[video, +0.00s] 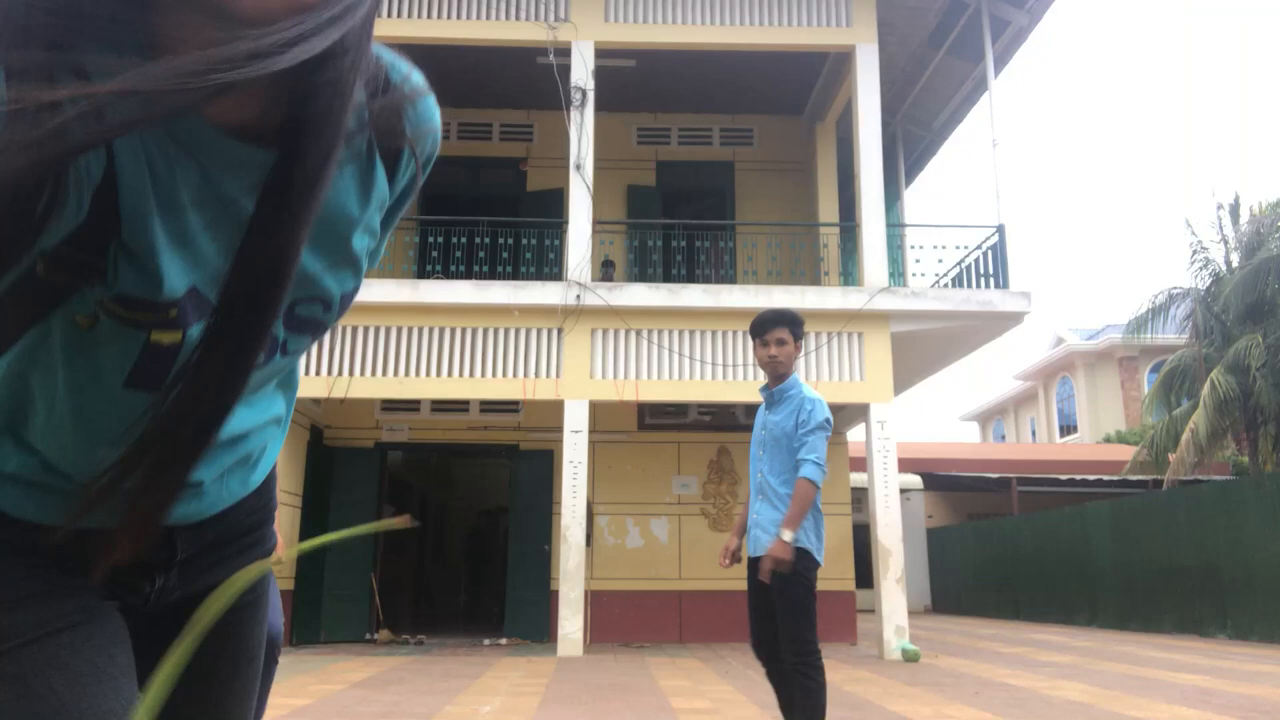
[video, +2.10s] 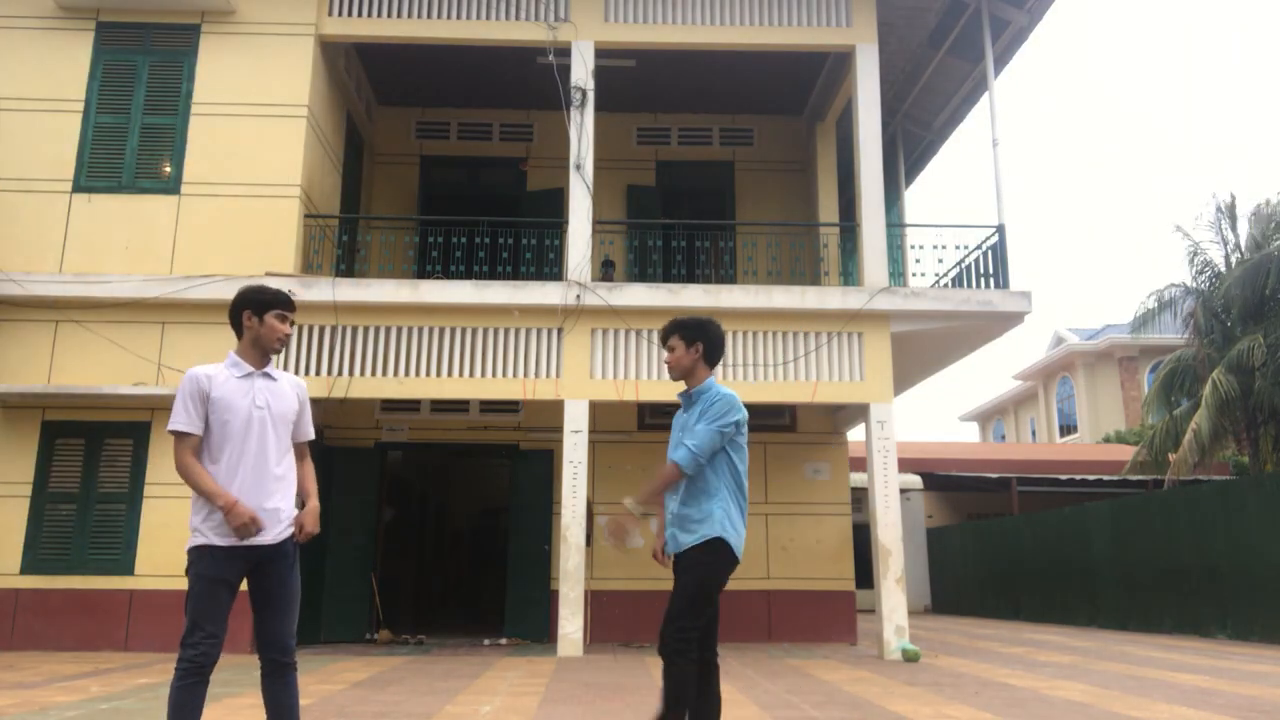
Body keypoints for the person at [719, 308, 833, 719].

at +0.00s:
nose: (773, 352)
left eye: (782, 343)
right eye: (765, 345)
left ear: (798, 348)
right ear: (755, 352)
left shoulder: (810, 405)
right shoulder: (766, 408)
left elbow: (811, 474)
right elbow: (762, 481)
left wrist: (786, 536)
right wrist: (738, 532)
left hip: (793, 545)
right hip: (761, 545)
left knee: (799, 651)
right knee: (766, 647)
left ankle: (810, 719)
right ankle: (796, 716)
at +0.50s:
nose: (765, 352)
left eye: (774, 343)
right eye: (756, 344)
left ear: (793, 346)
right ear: (748, 350)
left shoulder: (807, 404)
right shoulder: (771, 402)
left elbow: (817, 478)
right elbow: (775, 476)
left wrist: (797, 547)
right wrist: (756, 532)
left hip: (794, 546)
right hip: (759, 543)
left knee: (803, 659)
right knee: (717, 624)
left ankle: (810, 719)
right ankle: (733, 716)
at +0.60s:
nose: (761, 353)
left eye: (771, 343)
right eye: (753, 345)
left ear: (792, 345)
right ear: (746, 350)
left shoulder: (807, 405)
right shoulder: (768, 402)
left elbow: (822, 479)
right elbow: (777, 478)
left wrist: (822, 551)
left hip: (792, 545)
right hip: (758, 542)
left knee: (802, 655)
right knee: (713, 622)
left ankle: (811, 718)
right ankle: (688, 714)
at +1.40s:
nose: (698, 350)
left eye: (704, 342)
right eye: (698, 342)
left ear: (730, 346)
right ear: (723, 347)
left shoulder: (769, 405)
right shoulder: (714, 410)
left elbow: (788, 479)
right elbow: (709, 488)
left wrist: (789, 548)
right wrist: (697, 547)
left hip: (752, 553)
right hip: (711, 554)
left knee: (771, 654)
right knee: (706, 654)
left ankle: (798, 717)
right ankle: (707, 719)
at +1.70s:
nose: (673, 354)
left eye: (678, 346)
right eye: (673, 346)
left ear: (703, 349)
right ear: (697, 350)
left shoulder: (734, 403)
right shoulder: (698, 408)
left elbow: (742, 474)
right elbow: (691, 485)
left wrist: (737, 541)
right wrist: (666, 539)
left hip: (717, 545)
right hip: (692, 547)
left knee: (716, 646)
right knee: (701, 652)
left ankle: (768, 717)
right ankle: (706, 719)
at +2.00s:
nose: (665, 356)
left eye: (671, 348)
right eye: (665, 348)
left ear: (696, 350)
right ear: (690, 353)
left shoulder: (720, 402)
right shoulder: (695, 406)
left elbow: (710, 474)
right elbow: (687, 480)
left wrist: (699, 535)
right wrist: (669, 538)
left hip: (709, 542)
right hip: (692, 542)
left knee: (678, 641)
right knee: (701, 647)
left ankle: (705, 713)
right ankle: (707, 714)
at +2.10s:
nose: (666, 357)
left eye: (672, 349)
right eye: (665, 349)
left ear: (698, 351)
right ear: (688, 353)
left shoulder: (724, 402)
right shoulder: (685, 411)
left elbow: (682, 465)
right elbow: (677, 477)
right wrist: (662, 530)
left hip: (713, 538)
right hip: (688, 541)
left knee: (676, 643)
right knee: (700, 649)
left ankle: (674, 714)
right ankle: (704, 715)